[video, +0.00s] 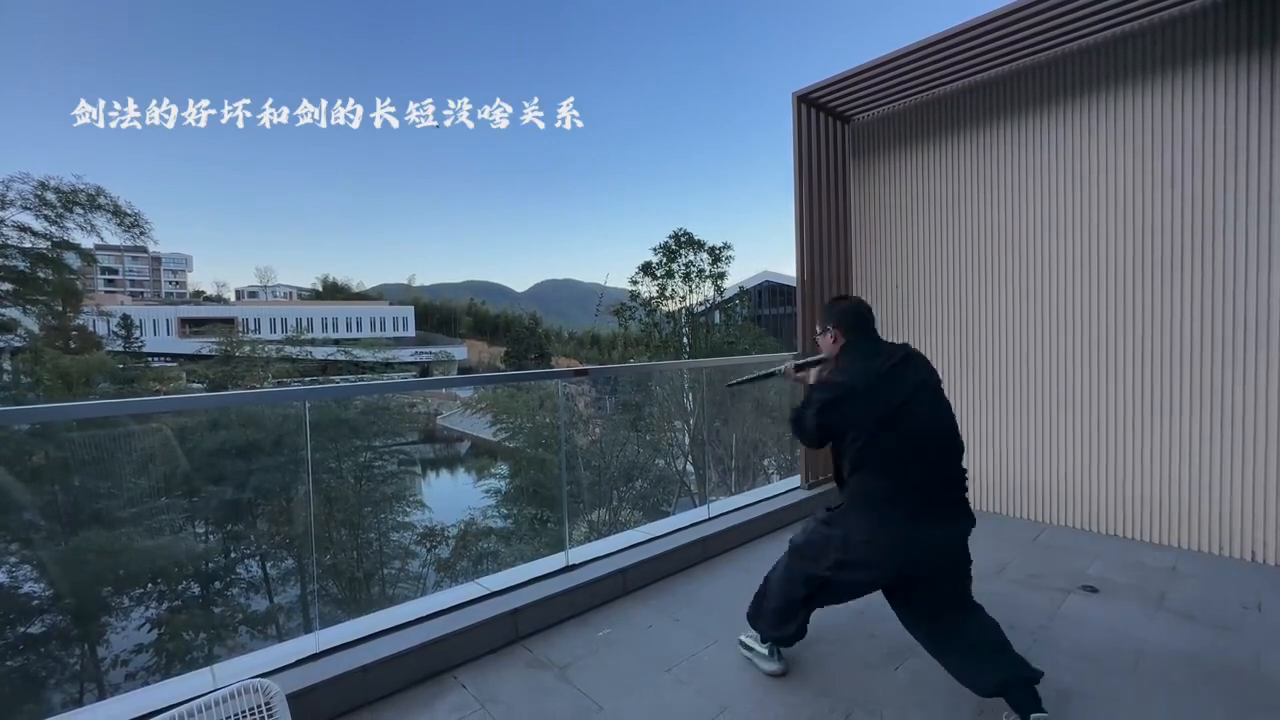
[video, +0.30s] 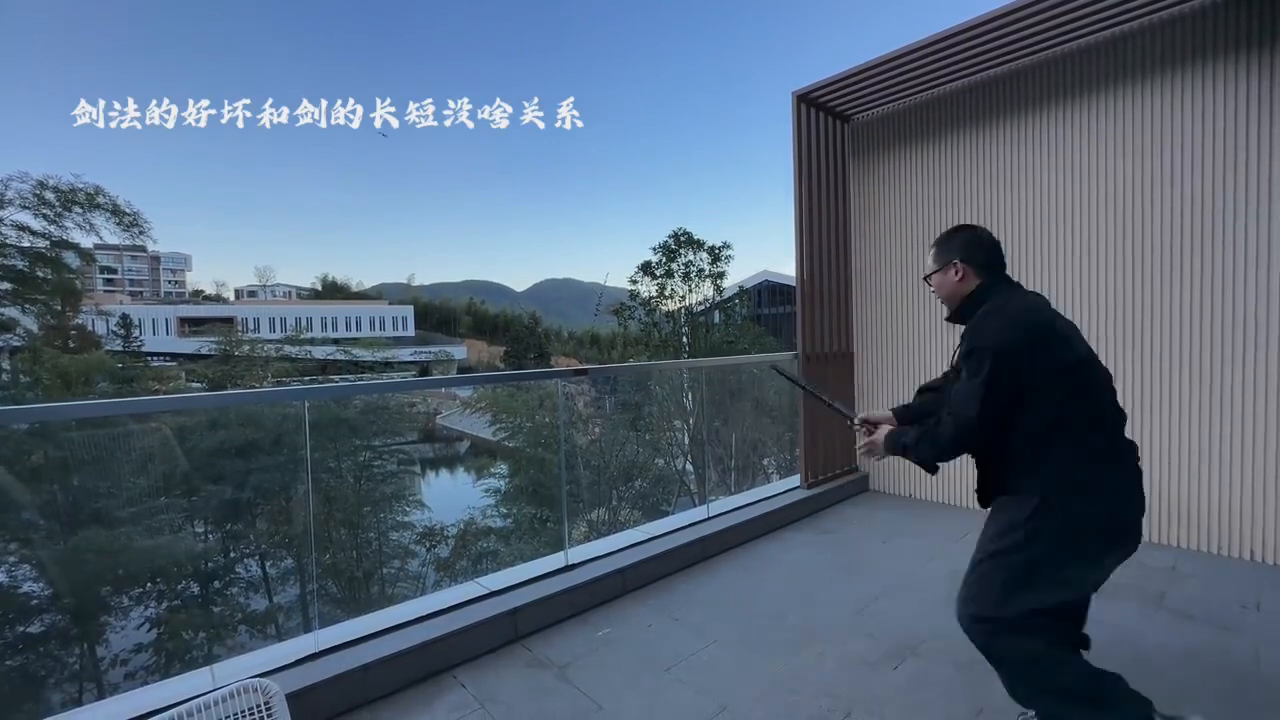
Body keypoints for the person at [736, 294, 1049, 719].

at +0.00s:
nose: (818, 343)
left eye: (820, 335)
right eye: (818, 336)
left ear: (837, 337)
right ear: (871, 332)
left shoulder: (845, 377)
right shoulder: (915, 363)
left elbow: (812, 432)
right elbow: (877, 399)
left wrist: (811, 387)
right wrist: (823, 379)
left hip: (879, 522)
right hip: (944, 521)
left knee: (805, 559)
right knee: (953, 613)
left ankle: (768, 639)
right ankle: (1029, 706)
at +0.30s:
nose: (930, 285)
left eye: (934, 273)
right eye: (930, 275)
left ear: (960, 272)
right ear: (975, 272)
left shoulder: (993, 329)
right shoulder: (1023, 310)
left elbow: (963, 425)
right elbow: (961, 385)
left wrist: (899, 441)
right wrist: (899, 416)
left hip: (1053, 502)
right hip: (1101, 495)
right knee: (1047, 614)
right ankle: (1058, 701)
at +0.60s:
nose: (976, 291)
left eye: (984, 280)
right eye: (979, 280)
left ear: (1011, 286)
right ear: (1021, 288)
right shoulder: (1069, 341)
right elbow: (1082, 453)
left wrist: (1014, 511)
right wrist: (1011, 474)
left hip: (1143, 544)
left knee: (1173, 696)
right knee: (1035, 587)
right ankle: (1051, 708)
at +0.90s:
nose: (897, 275)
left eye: (900, 266)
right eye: (897, 267)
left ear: (921, 263)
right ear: (953, 263)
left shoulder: (930, 304)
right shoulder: (986, 302)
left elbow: (861, 322)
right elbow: (903, 295)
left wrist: (846, 293)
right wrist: (841, 300)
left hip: (953, 472)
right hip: (1018, 477)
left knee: (847, 443)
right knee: (992, 593)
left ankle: (864, 545)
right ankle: (1040, 704)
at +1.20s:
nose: (810, 301)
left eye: (814, 296)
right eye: (814, 294)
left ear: (824, 300)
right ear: (860, 302)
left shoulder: (795, 349)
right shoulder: (888, 351)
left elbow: (815, 393)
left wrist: (876, 361)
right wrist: (903, 370)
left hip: (800, 495)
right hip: (872, 499)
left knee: (777, 568)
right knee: (926, 595)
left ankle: (764, 643)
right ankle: (992, 702)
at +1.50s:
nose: (802, 304)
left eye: (806, 296)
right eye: (803, 297)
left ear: (821, 300)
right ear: (846, 303)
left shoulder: (830, 335)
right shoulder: (850, 344)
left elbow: (763, 320)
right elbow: (784, 391)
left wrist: (770, 296)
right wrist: (763, 349)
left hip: (823, 495)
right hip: (873, 497)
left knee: (768, 543)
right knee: (901, 609)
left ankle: (764, 639)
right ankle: (988, 700)